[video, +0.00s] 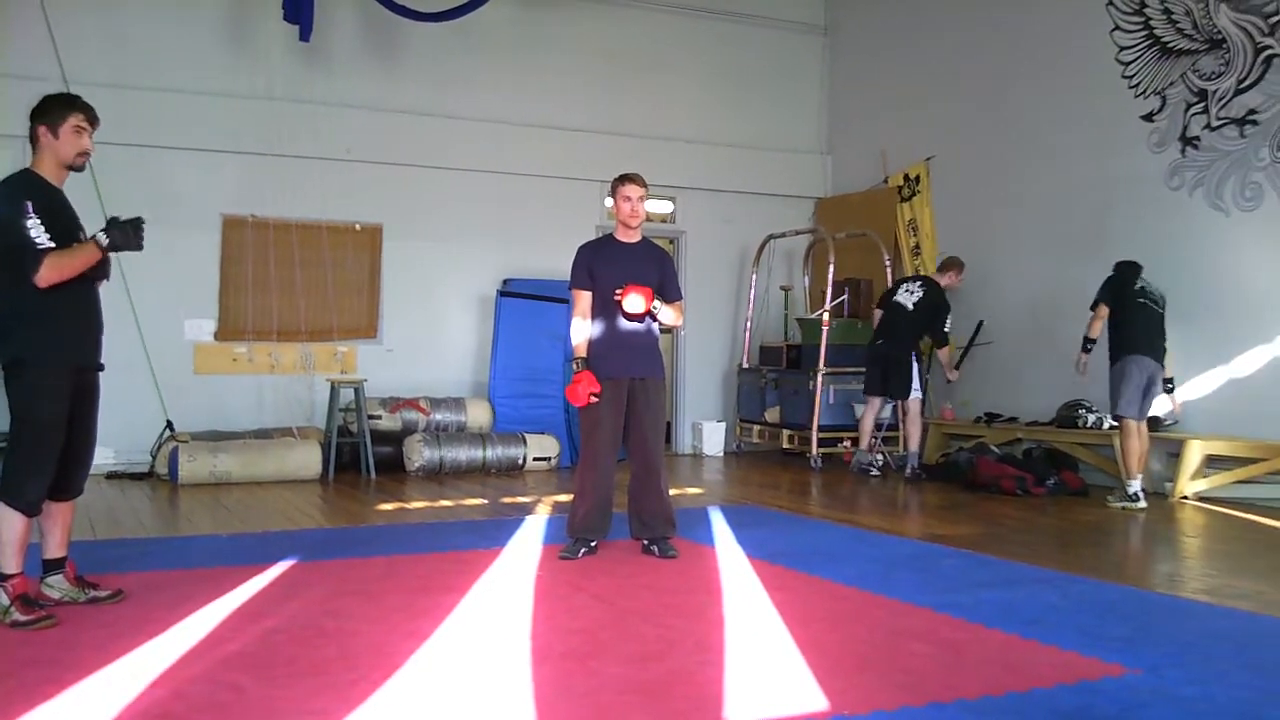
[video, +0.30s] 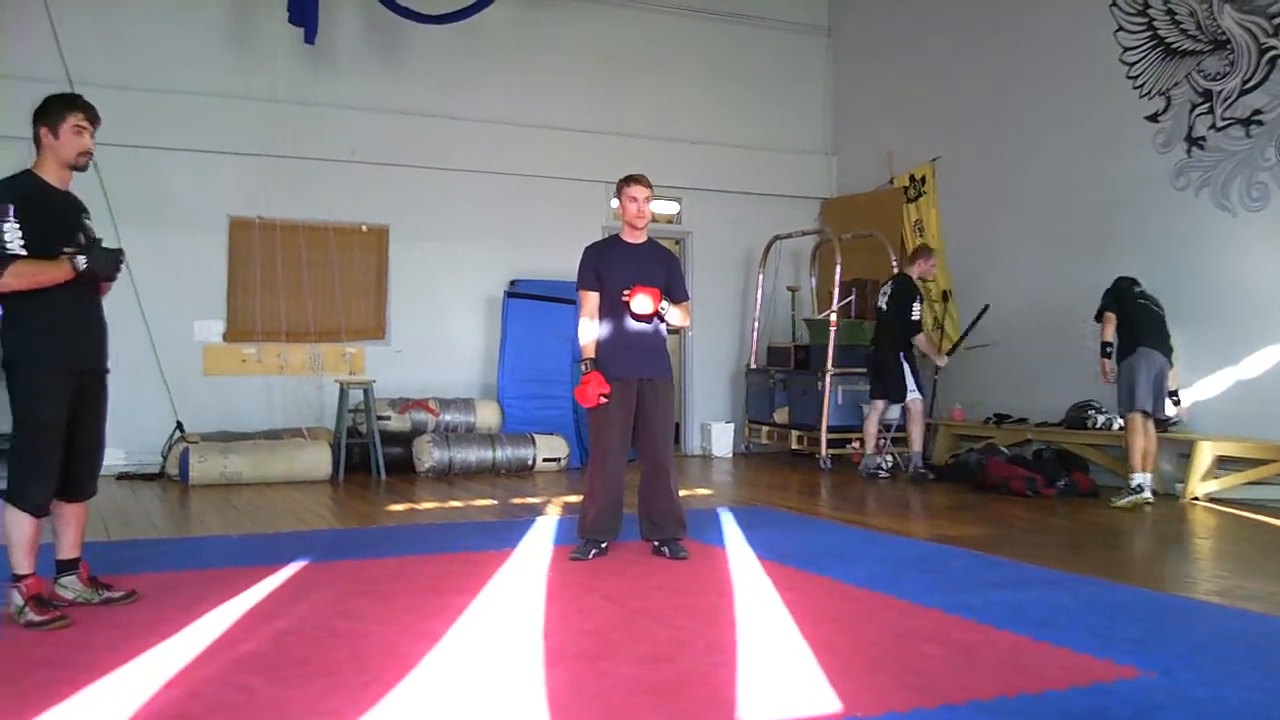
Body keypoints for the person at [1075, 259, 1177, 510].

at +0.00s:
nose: (1114, 275)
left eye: (1115, 272)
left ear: (1118, 271)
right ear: (1138, 273)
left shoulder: (1115, 281)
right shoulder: (1156, 293)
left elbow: (1100, 314)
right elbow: (1161, 342)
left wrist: (1085, 350)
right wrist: (1169, 387)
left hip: (1130, 357)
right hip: (1155, 361)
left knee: (1128, 423)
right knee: (1140, 423)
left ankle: (1133, 490)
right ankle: (1136, 485)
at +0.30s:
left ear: (1118, 285)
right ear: (1137, 287)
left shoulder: (1116, 290)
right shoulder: (1154, 302)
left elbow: (1109, 321)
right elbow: (1166, 346)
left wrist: (1106, 356)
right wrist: (1172, 386)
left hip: (1139, 350)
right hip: (1163, 357)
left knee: (1134, 417)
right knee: (1148, 419)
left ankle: (1137, 486)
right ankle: (1146, 485)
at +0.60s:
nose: (1152, 276)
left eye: (1153, 272)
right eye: (1153, 272)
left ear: (1157, 271)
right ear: (1176, 273)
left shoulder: (1155, 286)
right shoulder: (1196, 293)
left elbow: (1147, 321)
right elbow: (1203, 334)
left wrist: (1141, 353)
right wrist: (1204, 369)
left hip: (1174, 353)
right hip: (1200, 357)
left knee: (1162, 419)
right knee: (1188, 424)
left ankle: (1154, 484)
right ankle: (1187, 487)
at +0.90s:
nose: (1153, 255)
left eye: (1155, 250)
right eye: (1154, 249)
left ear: (1164, 250)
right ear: (1180, 252)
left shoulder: (1158, 277)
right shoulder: (1201, 283)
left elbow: (1149, 318)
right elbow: (1207, 327)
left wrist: (1138, 349)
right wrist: (1185, 341)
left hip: (1168, 356)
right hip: (1196, 360)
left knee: (1153, 421)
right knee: (1191, 424)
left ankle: (1136, 484)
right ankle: (1193, 488)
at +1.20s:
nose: (1109, 248)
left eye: (1111, 243)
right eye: (1110, 243)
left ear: (1121, 244)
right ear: (1135, 245)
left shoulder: (1110, 276)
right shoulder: (1155, 281)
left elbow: (1094, 320)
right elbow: (1155, 326)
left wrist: (1073, 328)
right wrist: (1139, 348)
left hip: (1113, 357)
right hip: (1140, 360)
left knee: (1106, 422)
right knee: (1144, 423)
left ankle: (1099, 486)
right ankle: (1156, 486)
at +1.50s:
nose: (1084, 246)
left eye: (1086, 241)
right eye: (1085, 241)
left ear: (1095, 241)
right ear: (1110, 241)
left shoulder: (1083, 274)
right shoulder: (1130, 277)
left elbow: (1059, 309)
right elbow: (1131, 319)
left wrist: (1040, 299)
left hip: (1089, 354)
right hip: (1116, 356)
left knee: (1093, 420)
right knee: (1121, 417)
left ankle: (1094, 484)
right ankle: (1141, 477)